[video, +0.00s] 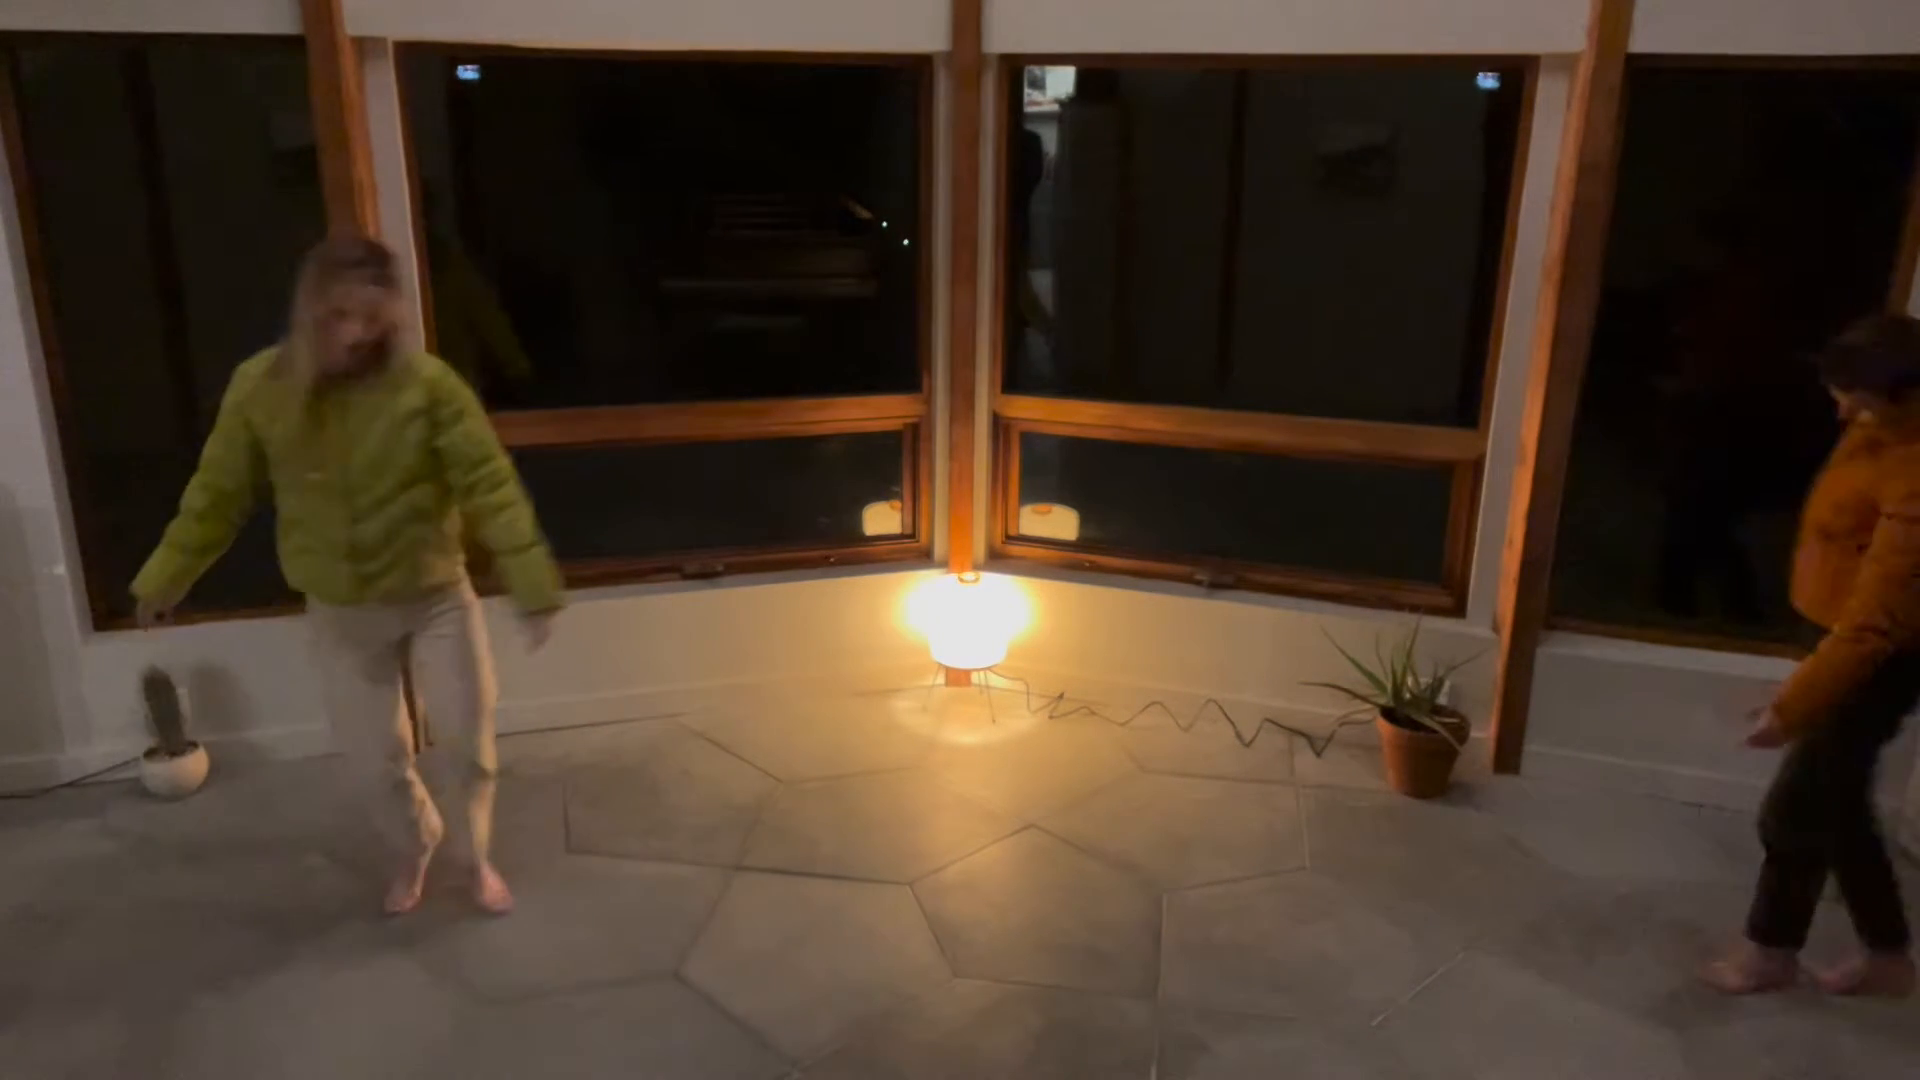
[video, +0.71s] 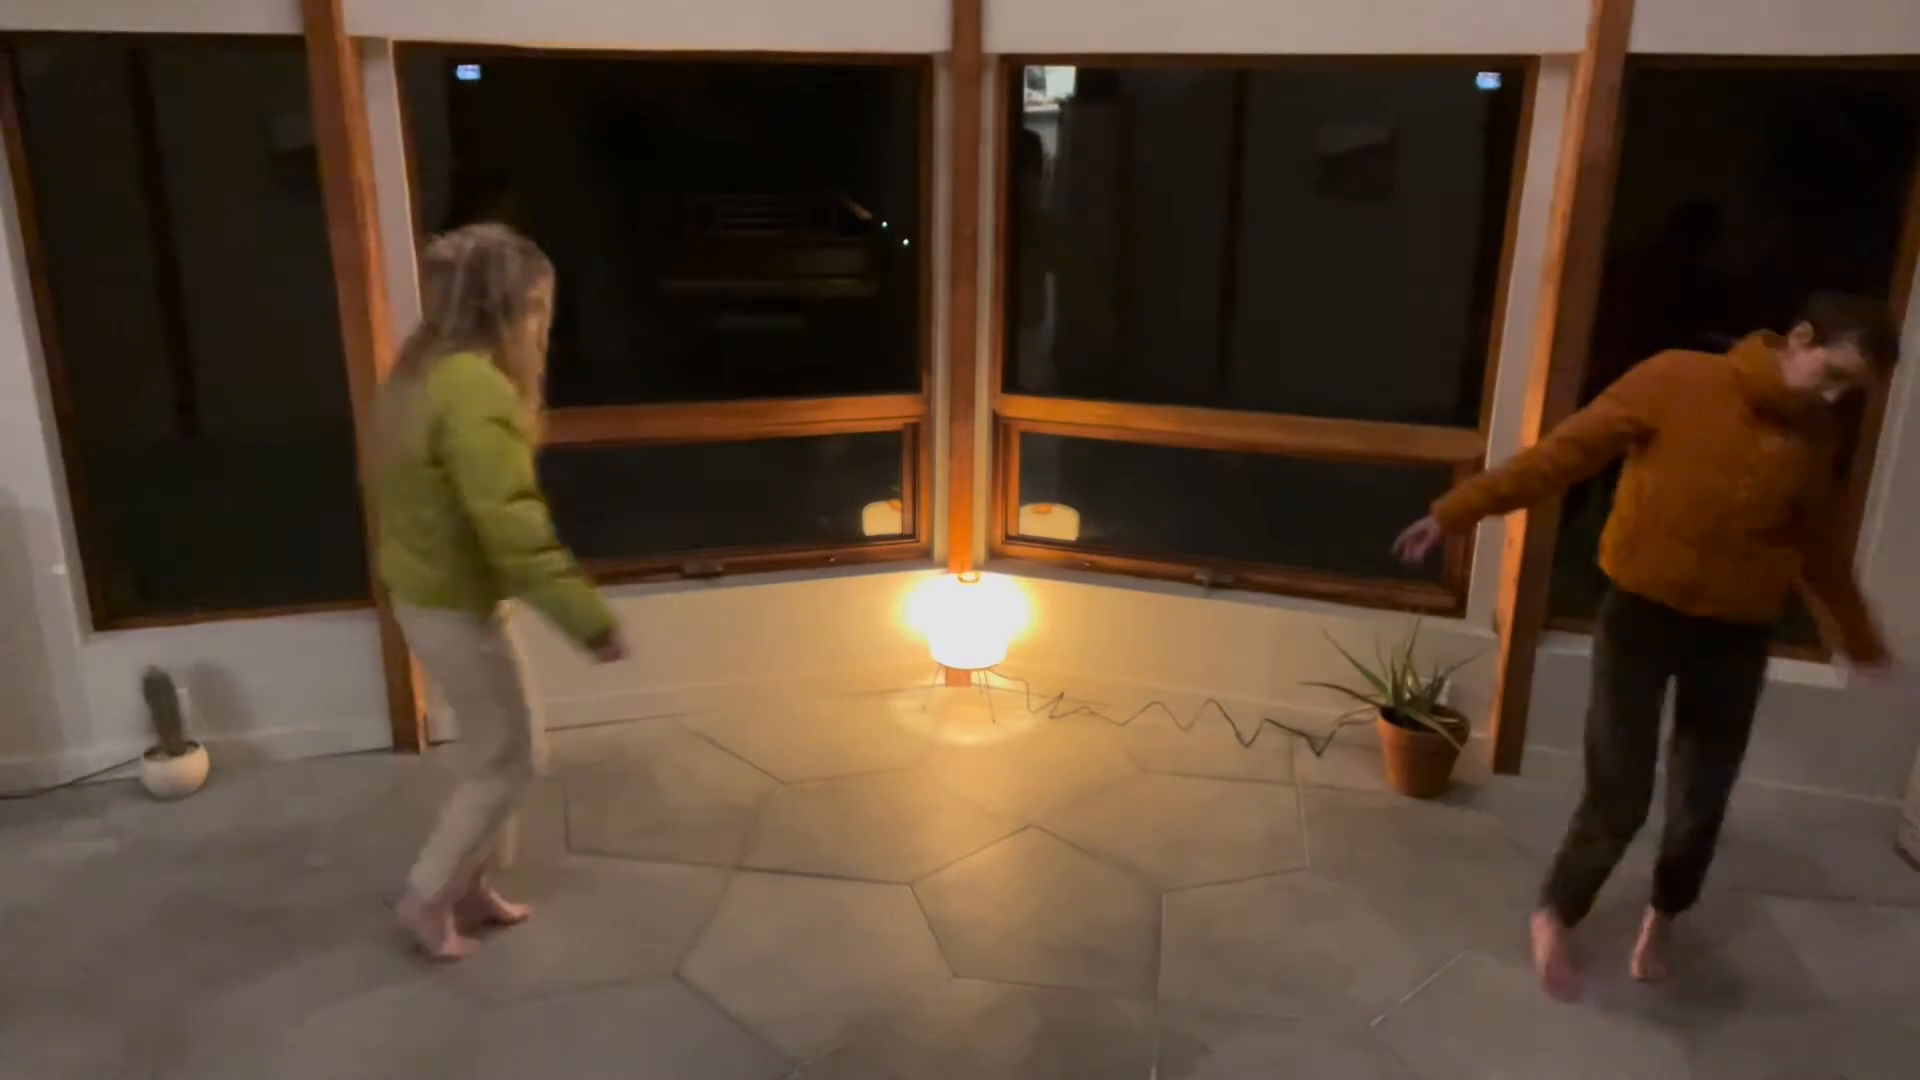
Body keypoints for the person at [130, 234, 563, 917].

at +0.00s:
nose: (353, 333)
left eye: (369, 317)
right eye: (337, 315)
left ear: (391, 317)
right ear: (308, 314)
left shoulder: (426, 387)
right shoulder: (263, 390)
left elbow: (489, 484)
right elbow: (215, 493)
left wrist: (534, 584)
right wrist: (162, 579)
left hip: (439, 597)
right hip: (342, 609)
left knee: (469, 743)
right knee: (371, 756)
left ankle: (476, 855)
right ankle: (417, 841)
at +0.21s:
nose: (447, 329)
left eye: (456, 314)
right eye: (434, 312)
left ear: (463, 312)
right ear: (389, 303)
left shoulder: (464, 373)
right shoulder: (311, 386)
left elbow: (523, 465)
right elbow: (249, 504)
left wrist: (585, 543)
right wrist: (193, 619)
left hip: (464, 594)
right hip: (373, 610)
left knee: (494, 742)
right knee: (423, 748)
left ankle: (483, 856)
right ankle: (407, 880)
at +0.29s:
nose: (480, 331)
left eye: (485, 314)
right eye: (465, 316)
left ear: (485, 310)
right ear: (416, 310)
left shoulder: (473, 376)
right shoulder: (337, 382)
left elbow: (519, 463)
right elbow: (282, 501)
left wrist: (580, 534)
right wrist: (260, 618)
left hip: (467, 593)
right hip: (385, 610)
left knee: (503, 726)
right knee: (423, 757)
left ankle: (474, 854)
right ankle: (402, 887)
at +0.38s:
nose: (491, 332)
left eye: (495, 318)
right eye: (480, 317)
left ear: (489, 314)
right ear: (434, 308)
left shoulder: (473, 375)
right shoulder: (355, 384)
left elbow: (511, 466)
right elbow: (315, 506)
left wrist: (564, 530)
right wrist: (310, 622)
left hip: (472, 595)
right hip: (397, 612)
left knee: (506, 731)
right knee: (433, 757)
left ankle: (463, 864)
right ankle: (402, 890)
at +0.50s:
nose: (513, 329)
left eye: (515, 313)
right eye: (505, 314)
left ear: (486, 311)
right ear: (465, 311)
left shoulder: (473, 374)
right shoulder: (394, 388)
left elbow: (487, 478)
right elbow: (387, 522)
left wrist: (515, 543)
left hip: (474, 594)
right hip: (422, 608)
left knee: (500, 748)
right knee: (482, 752)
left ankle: (459, 875)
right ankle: (418, 898)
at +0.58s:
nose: (523, 333)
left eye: (524, 318)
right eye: (516, 318)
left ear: (477, 311)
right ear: (477, 313)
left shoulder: (459, 382)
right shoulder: (420, 388)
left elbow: (468, 505)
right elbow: (427, 523)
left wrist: (497, 597)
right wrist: (489, 623)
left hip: (466, 596)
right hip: (422, 604)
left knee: (518, 731)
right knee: (479, 753)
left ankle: (457, 872)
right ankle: (412, 903)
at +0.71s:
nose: (545, 329)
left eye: (546, 312)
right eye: (538, 312)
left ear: (460, 304)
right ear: (502, 313)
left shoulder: (423, 372)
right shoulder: (475, 387)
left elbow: (409, 496)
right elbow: (511, 524)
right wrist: (590, 621)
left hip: (423, 595)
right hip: (453, 602)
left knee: (492, 742)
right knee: (509, 757)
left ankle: (472, 886)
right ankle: (424, 896)